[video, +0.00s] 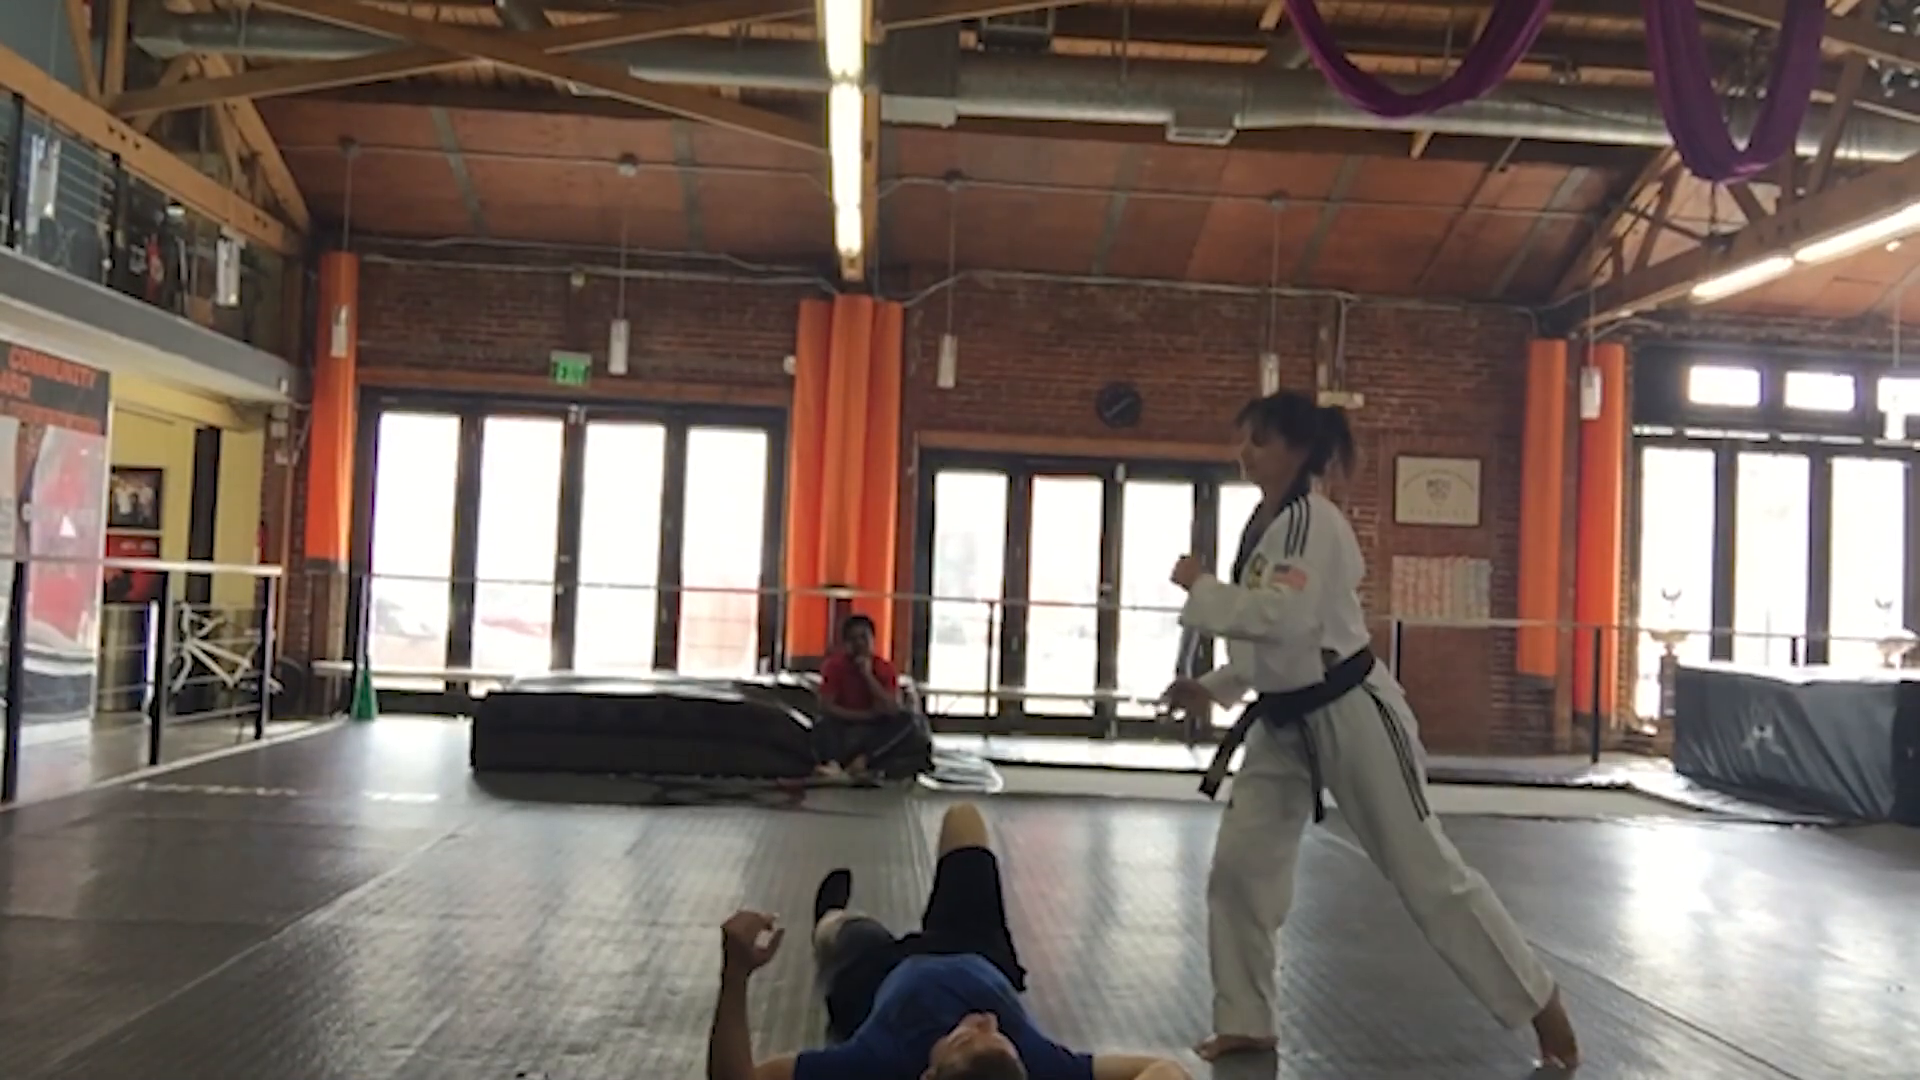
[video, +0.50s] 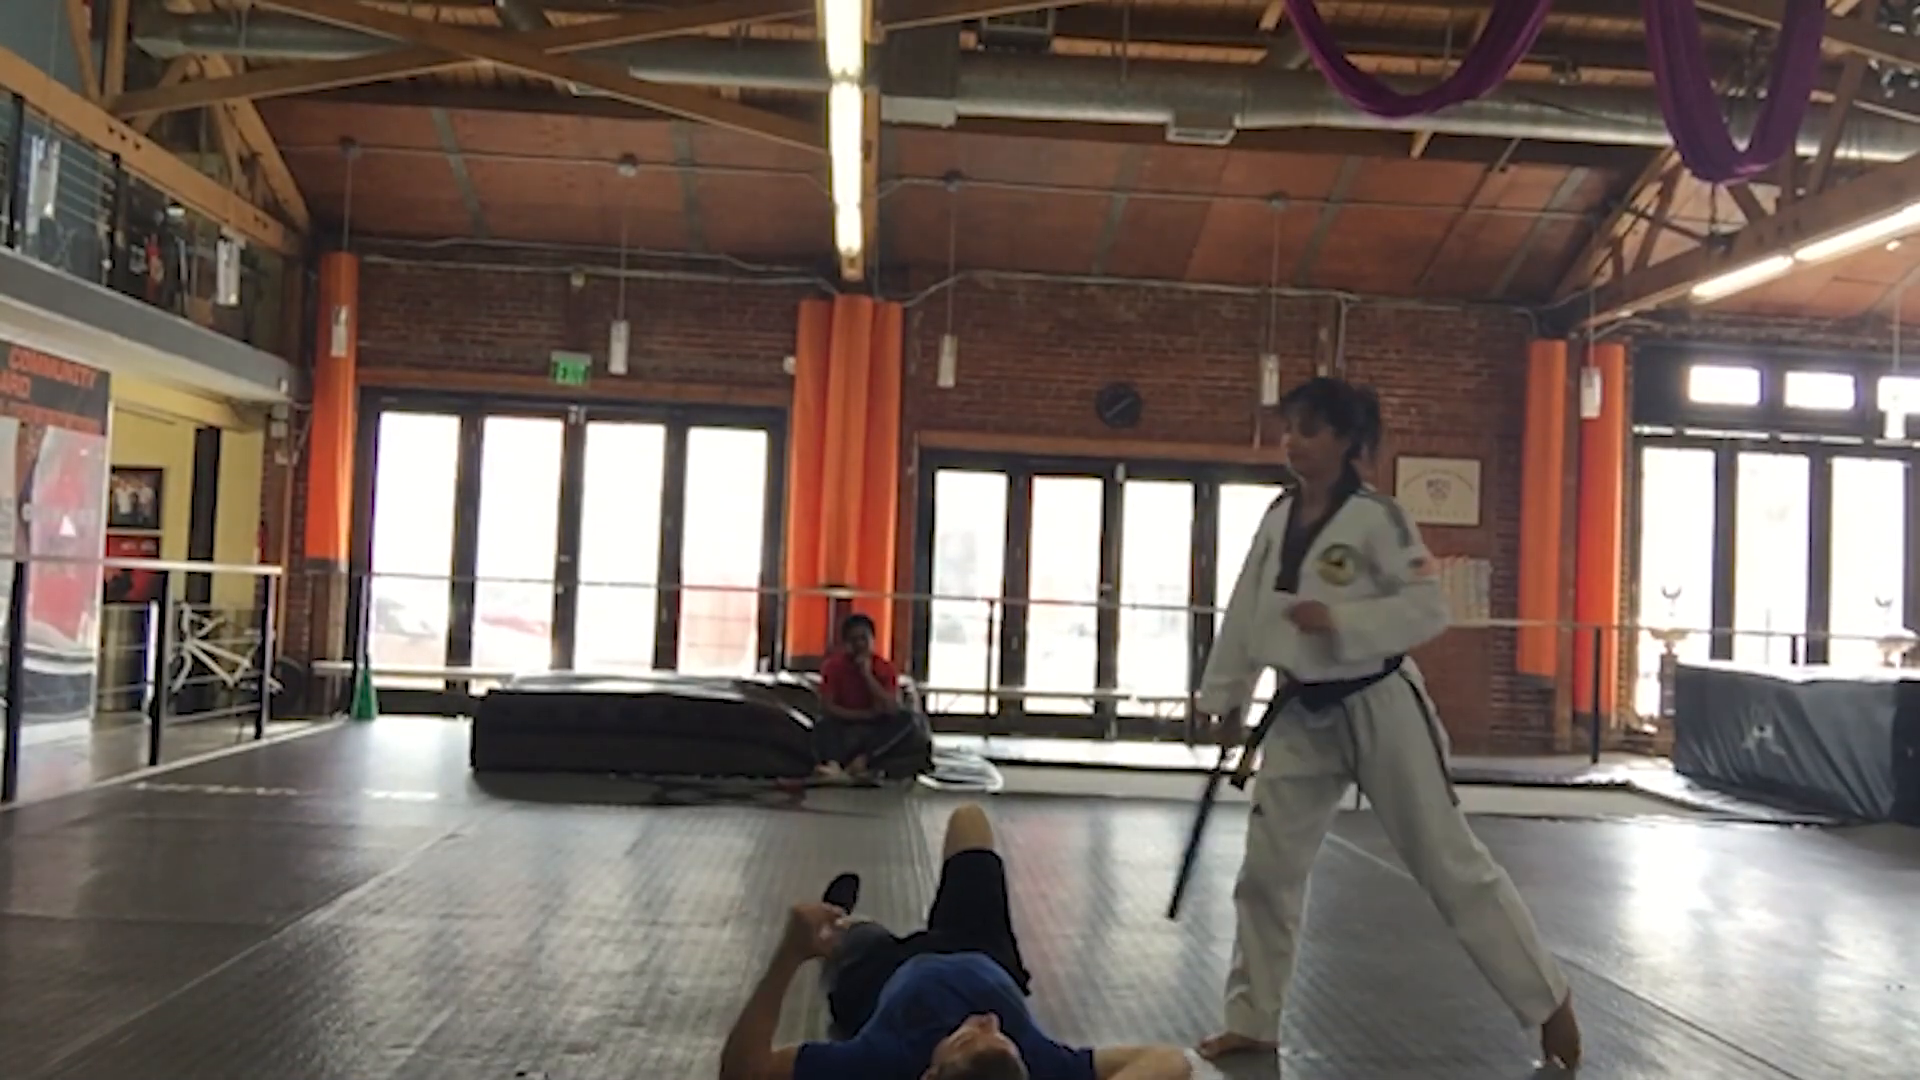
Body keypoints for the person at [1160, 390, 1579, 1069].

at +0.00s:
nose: (1244, 454)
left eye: (1257, 442)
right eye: (1245, 442)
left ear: (1296, 450)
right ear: (1270, 451)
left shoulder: (1313, 519)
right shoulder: (1267, 531)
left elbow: (1285, 618)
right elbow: (1278, 648)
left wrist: (1201, 588)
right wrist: (1211, 686)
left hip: (1351, 711)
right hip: (1283, 721)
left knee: (1425, 873)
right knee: (1239, 871)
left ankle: (1539, 1001)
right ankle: (1246, 1029)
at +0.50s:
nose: (1293, 444)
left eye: (1310, 433)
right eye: (1289, 431)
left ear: (1351, 445)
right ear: (1284, 438)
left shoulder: (1377, 517)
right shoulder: (1279, 518)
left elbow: (1428, 607)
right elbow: (1244, 611)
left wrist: (1339, 617)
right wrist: (1220, 695)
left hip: (1382, 703)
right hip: (1302, 711)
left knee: (1445, 863)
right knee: (1267, 870)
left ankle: (1548, 1002)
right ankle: (1252, 1027)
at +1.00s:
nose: (1391, 457)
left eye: (1408, 444)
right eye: (1383, 443)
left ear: (1437, 452)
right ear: (1371, 447)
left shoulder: (1470, 536)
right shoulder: (1347, 529)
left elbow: (1511, 627)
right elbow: (1309, 624)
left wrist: (1457, 634)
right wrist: (1292, 669)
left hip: (1447, 721)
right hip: (1351, 718)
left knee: (1491, 878)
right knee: (1302, 874)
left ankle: (1539, 1023)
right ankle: (1261, 1021)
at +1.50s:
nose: (1356, 505)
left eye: (1371, 491)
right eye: (1346, 490)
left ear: (1398, 483)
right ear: (1331, 482)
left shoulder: (1442, 558)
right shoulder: (1307, 550)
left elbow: (1479, 656)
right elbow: (1277, 636)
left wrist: (1445, 726)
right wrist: (1277, 709)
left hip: (1427, 728)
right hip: (1334, 727)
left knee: (1475, 878)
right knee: (1281, 876)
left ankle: (1540, 1021)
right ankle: (1257, 1022)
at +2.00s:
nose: (1353, 792)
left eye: (1361, 782)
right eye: (1346, 781)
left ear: (1390, 759)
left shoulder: (1449, 749)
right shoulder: (1367, 714)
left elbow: (1453, 913)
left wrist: (1431, 1056)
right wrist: (1413, 852)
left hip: (1522, 778)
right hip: (1422, 781)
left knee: (1536, 923)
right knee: (1347, 911)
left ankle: (1527, 1069)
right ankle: (1266, 1033)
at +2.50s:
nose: (1301, 669)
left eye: (1309, 655)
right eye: (1296, 655)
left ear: (1345, 643)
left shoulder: (1411, 660)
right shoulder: (1341, 662)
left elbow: (1446, 797)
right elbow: (1365, 740)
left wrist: (1428, 917)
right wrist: (1361, 819)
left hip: (1479, 748)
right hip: (1400, 755)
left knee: (1504, 903)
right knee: (1338, 877)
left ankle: (1526, 1063)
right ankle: (1268, 1021)